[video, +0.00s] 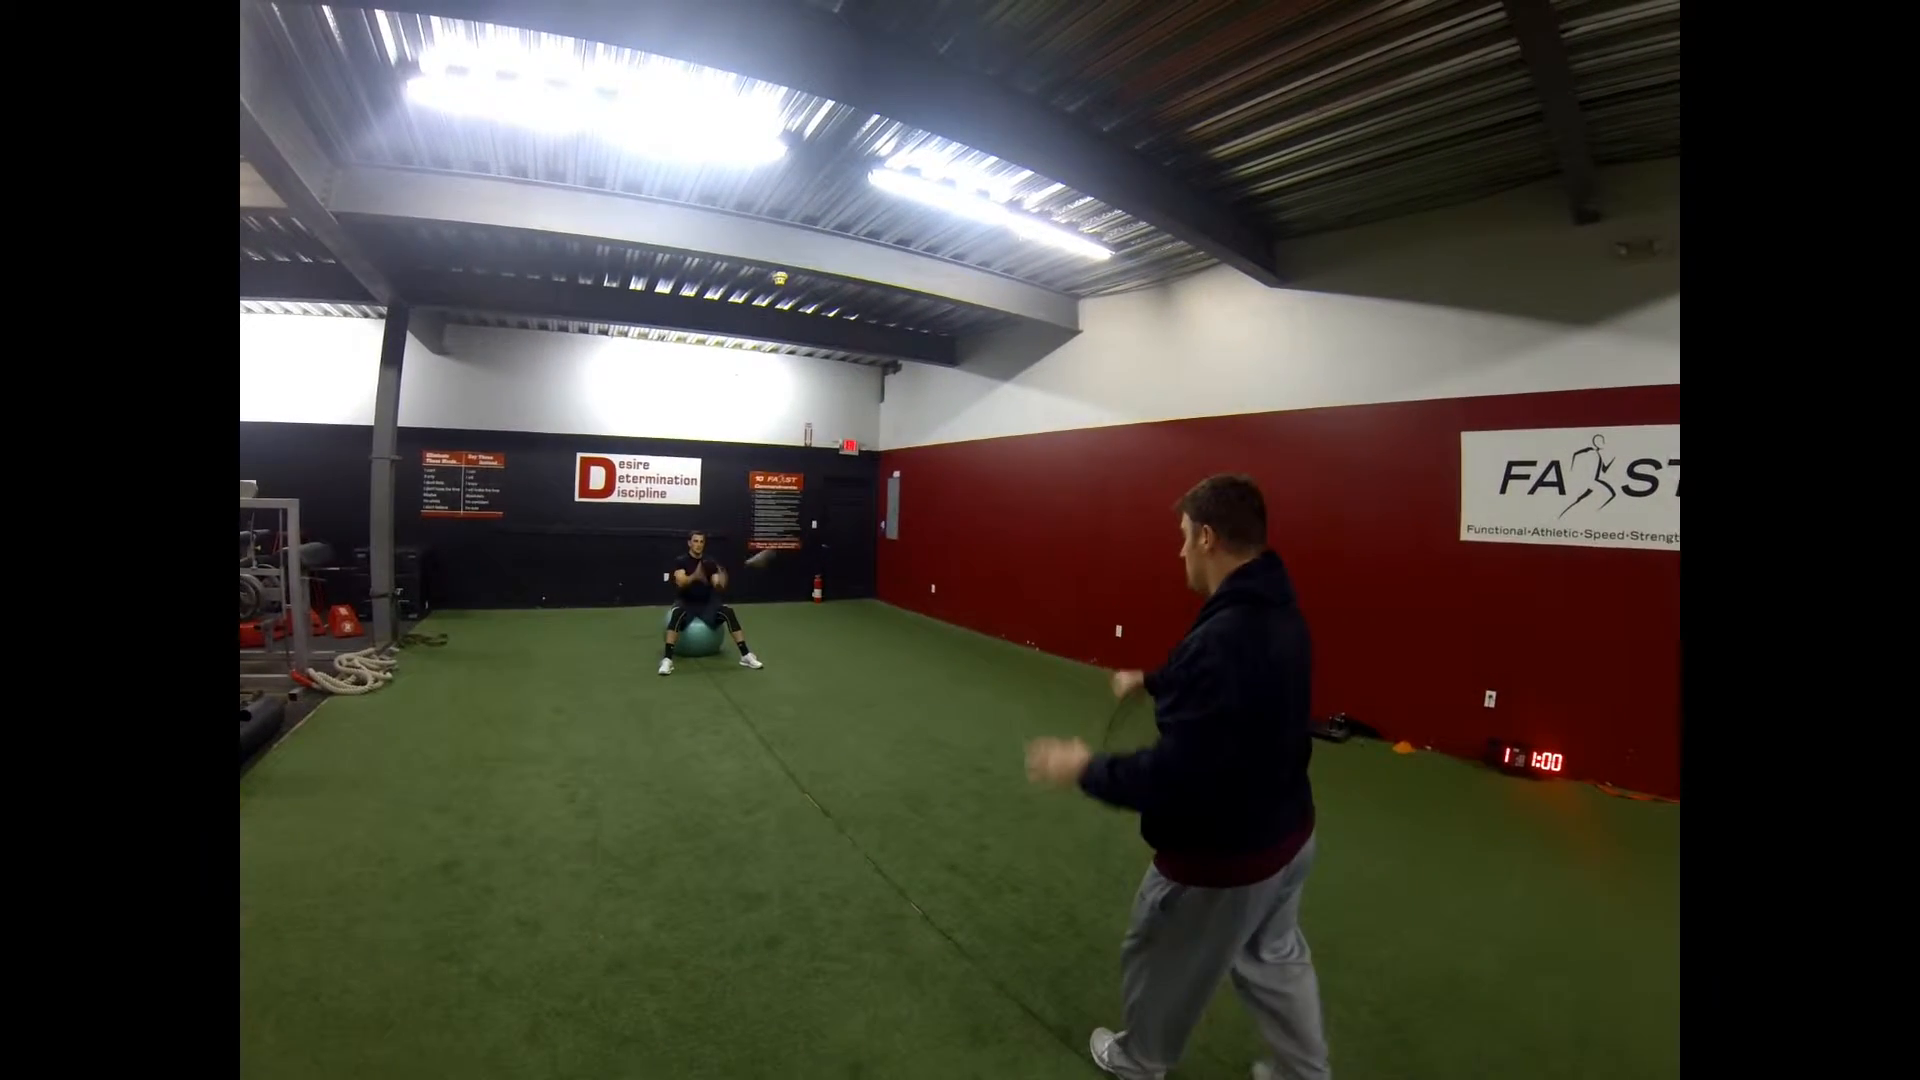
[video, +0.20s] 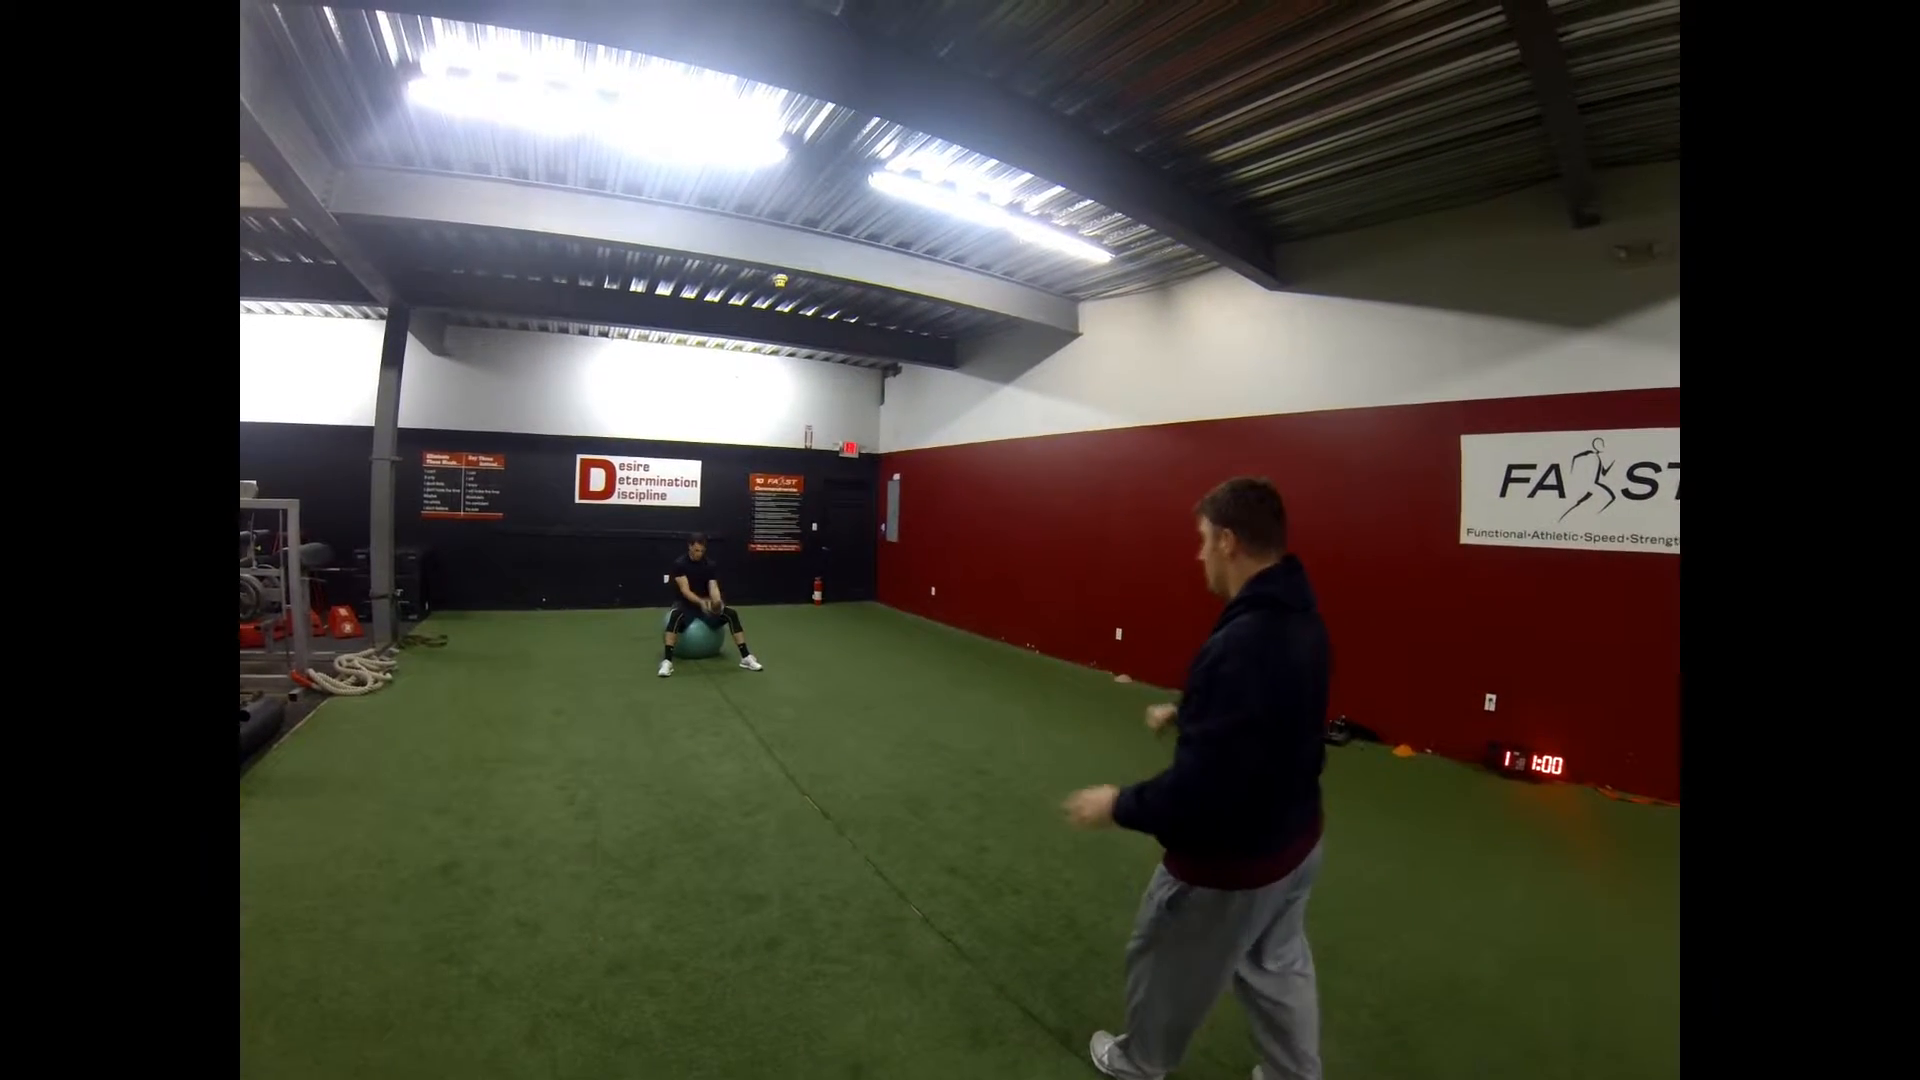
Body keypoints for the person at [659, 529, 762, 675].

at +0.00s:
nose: (698, 545)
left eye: (701, 542)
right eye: (695, 541)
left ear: (704, 544)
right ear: (689, 543)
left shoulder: (709, 562)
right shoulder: (681, 561)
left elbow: (720, 584)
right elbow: (681, 582)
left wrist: (720, 578)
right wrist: (695, 575)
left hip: (707, 604)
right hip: (687, 604)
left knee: (728, 612)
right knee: (677, 614)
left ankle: (746, 655)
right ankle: (667, 659)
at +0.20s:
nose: (698, 553)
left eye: (701, 550)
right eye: (695, 550)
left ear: (705, 550)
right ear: (689, 548)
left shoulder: (708, 564)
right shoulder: (680, 564)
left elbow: (714, 587)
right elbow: (685, 590)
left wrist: (717, 602)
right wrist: (701, 602)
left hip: (707, 603)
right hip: (687, 604)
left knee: (731, 614)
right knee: (675, 616)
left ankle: (746, 657)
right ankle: (667, 660)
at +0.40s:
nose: (702, 559)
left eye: (705, 556)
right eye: (700, 556)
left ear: (709, 555)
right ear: (694, 553)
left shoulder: (714, 568)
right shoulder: (684, 568)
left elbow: (720, 592)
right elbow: (687, 596)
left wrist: (723, 606)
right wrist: (704, 606)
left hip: (712, 607)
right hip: (692, 607)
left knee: (735, 617)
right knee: (680, 619)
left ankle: (751, 659)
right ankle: (672, 663)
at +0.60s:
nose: (709, 562)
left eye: (710, 559)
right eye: (706, 558)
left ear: (712, 557)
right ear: (696, 555)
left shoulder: (714, 570)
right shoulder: (683, 570)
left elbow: (722, 591)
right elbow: (673, 594)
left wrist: (719, 592)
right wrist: (694, 597)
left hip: (709, 608)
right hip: (689, 609)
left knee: (732, 619)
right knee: (678, 620)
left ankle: (749, 661)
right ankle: (670, 665)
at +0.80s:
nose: (704, 564)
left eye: (706, 561)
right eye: (701, 561)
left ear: (709, 560)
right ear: (692, 557)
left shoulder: (710, 572)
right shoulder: (679, 572)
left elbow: (718, 595)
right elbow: (669, 597)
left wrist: (715, 594)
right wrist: (689, 598)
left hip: (706, 611)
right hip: (685, 611)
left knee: (729, 622)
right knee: (676, 622)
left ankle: (746, 663)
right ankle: (667, 667)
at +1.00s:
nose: (695, 562)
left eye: (698, 559)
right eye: (692, 559)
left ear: (702, 559)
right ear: (687, 557)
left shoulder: (708, 573)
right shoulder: (677, 573)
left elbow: (711, 600)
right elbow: (664, 596)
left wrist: (696, 596)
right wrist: (677, 600)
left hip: (703, 613)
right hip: (683, 613)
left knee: (726, 622)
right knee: (674, 624)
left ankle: (744, 664)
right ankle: (665, 669)